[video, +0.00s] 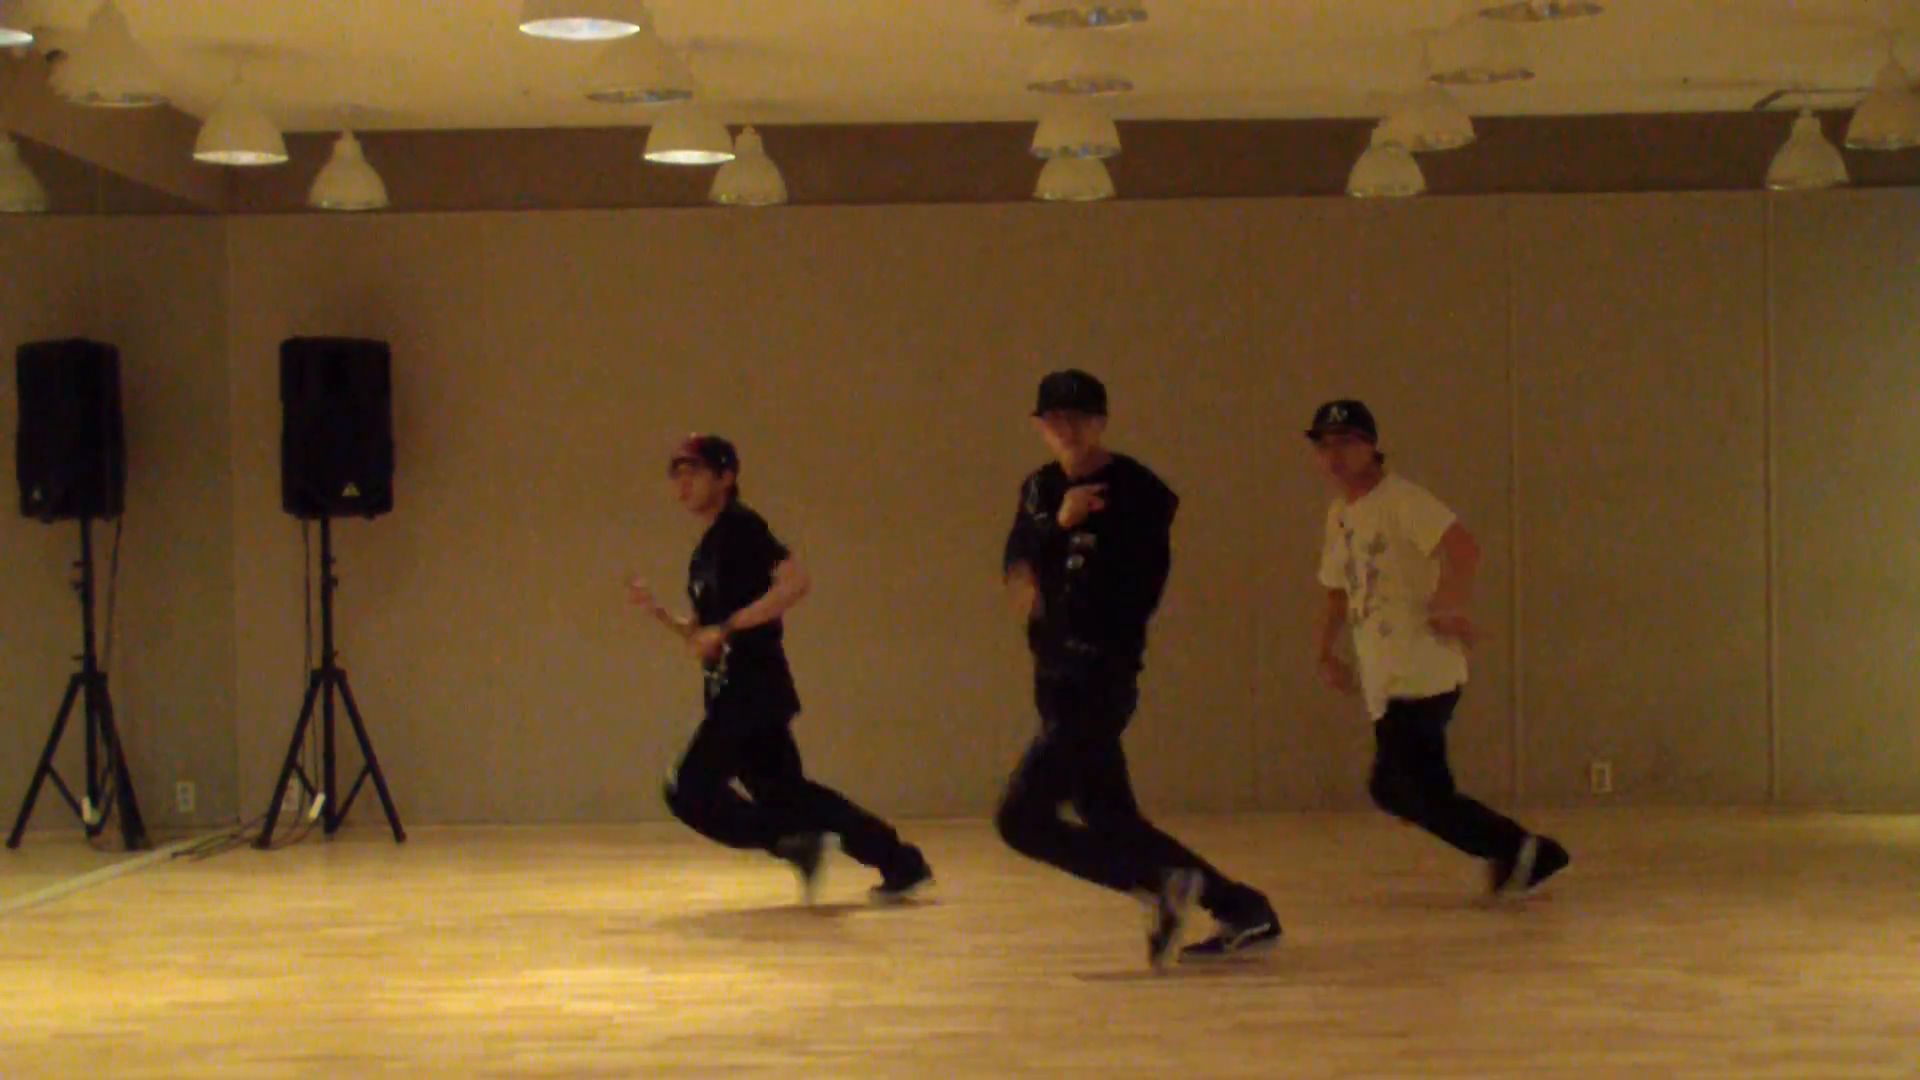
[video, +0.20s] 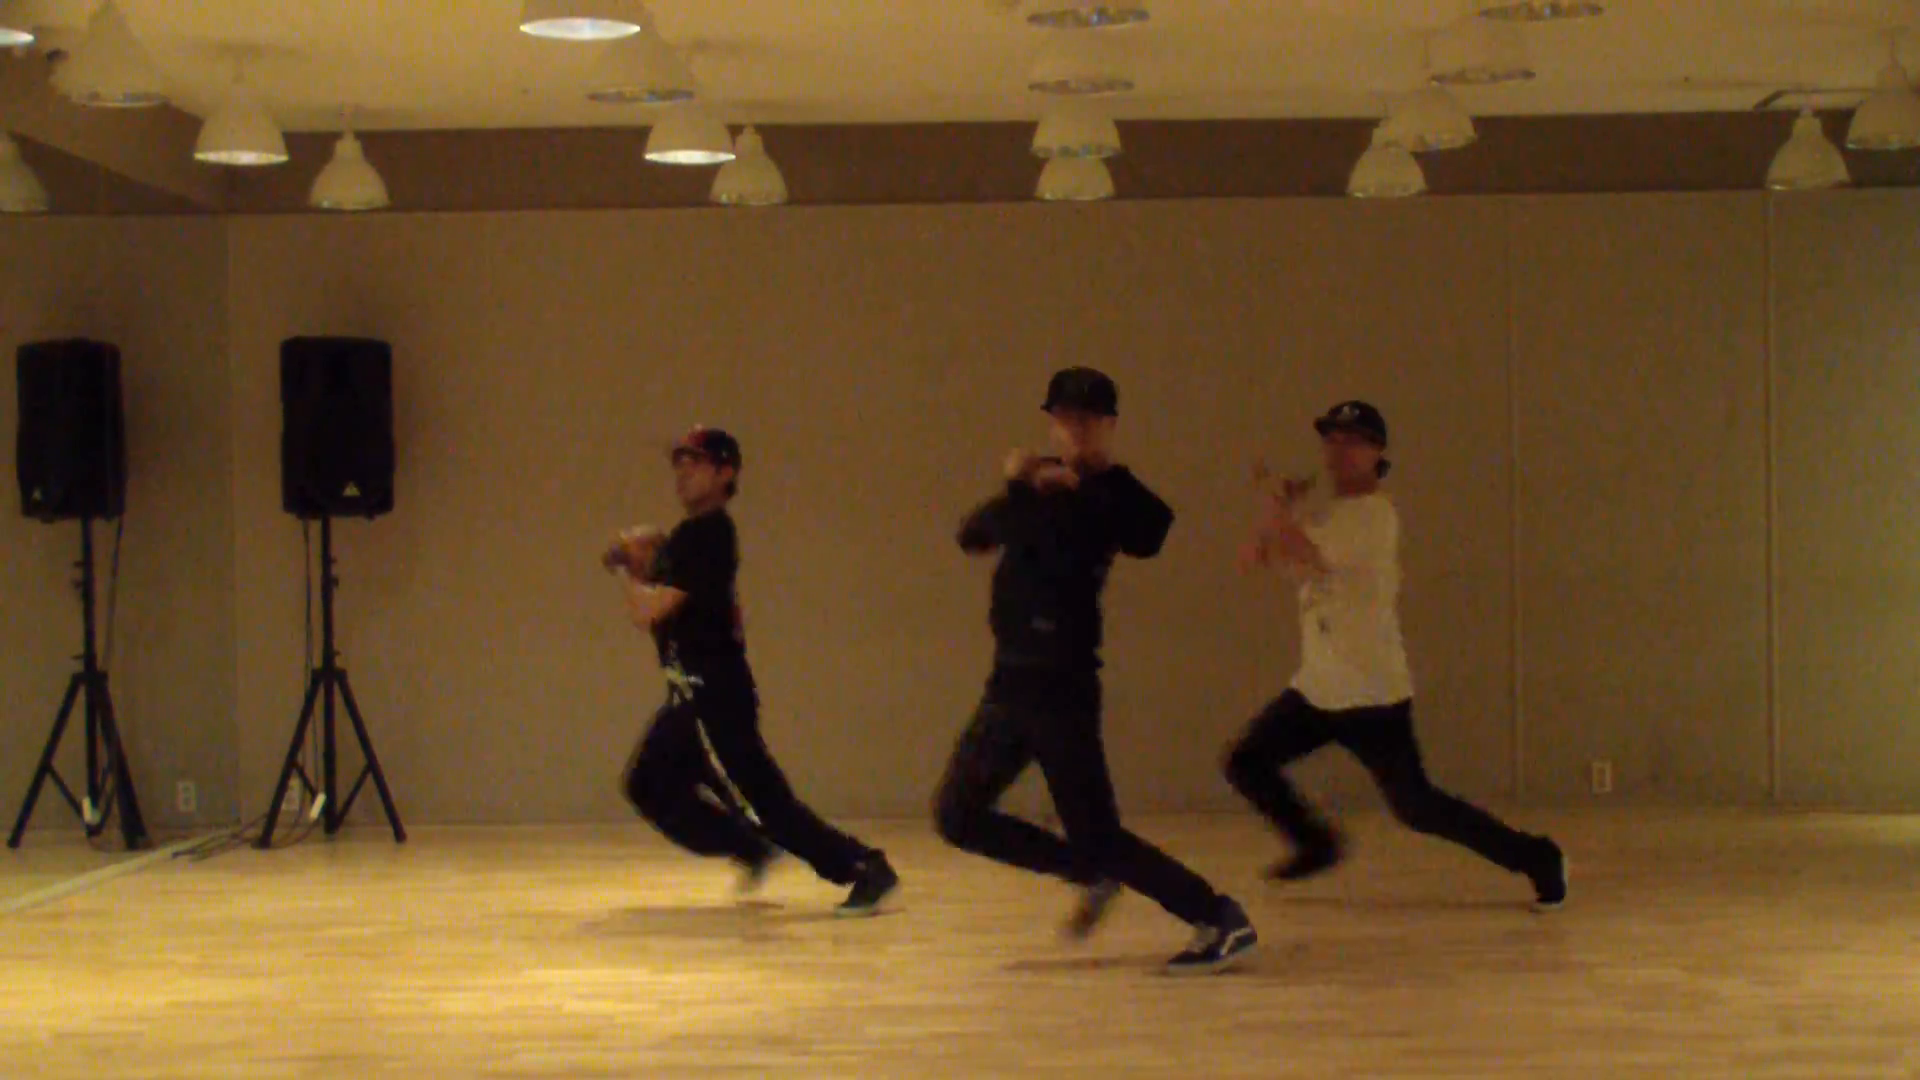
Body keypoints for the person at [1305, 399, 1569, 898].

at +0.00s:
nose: (1331, 456)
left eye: (1342, 444)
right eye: (1324, 447)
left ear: (1370, 448)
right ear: (1318, 454)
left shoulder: (1402, 497)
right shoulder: (1340, 515)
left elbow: (1463, 547)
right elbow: (1336, 590)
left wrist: (1448, 604)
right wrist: (1326, 651)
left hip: (1425, 669)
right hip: (1386, 675)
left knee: (1392, 785)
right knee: (1424, 791)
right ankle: (1525, 850)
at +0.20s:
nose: (1337, 454)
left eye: (1351, 444)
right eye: (1331, 443)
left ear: (1377, 455)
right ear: (1323, 451)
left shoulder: (1375, 515)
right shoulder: (1323, 512)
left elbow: (1311, 559)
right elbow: (1259, 558)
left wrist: (1280, 512)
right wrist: (1283, 512)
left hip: (1374, 693)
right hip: (1320, 688)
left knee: (1415, 806)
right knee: (1247, 763)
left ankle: (1539, 858)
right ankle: (1315, 843)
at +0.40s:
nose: (1208, 465)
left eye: (1220, 454)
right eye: (1205, 455)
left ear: (1250, 461)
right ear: (1203, 460)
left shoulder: (1252, 524)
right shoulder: (1232, 521)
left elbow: (1160, 538)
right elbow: (1166, 540)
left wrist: (1095, 506)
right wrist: (1101, 508)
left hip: (1259, 694)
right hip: (1222, 686)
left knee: (1241, 815)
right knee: (1128, 757)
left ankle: (1369, 876)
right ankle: (1114, 883)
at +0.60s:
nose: (1108, 497)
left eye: (1119, 485)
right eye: (1104, 486)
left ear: (1150, 485)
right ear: (1103, 486)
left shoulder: (1182, 538)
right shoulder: (1128, 532)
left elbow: (1105, 596)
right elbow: (1083, 585)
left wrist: (1035, 629)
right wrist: (1028, 613)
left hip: (1203, 696)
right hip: (1153, 687)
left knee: (1132, 785)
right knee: (1081, 761)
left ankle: (1244, 865)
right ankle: (1113, 874)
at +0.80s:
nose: (1074, 488)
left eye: (1084, 476)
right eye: (1068, 476)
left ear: (1113, 480)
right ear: (1064, 480)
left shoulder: (1151, 534)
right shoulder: (1079, 531)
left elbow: (1144, 635)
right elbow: (1069, 615)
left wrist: (1098, 699)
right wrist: (1050, 687)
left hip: (1178, 675)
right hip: (1121, 676)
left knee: (1113, 740)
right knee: (1062, 761)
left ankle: (1186, 819)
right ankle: (1111, 872)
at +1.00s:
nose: (1096, 420)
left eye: (1106, 409)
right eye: (1086, 411)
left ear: (1130, 411)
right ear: (1077, 417)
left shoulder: (1170, 465)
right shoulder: (1069, 477)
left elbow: (1204, 477)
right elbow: (1010, 508)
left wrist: (1219, 469)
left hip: (1174, 625)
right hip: (1109, 638)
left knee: (1143, 699)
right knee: (1089, 749)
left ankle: (1174, 811)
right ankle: (1115, 870)